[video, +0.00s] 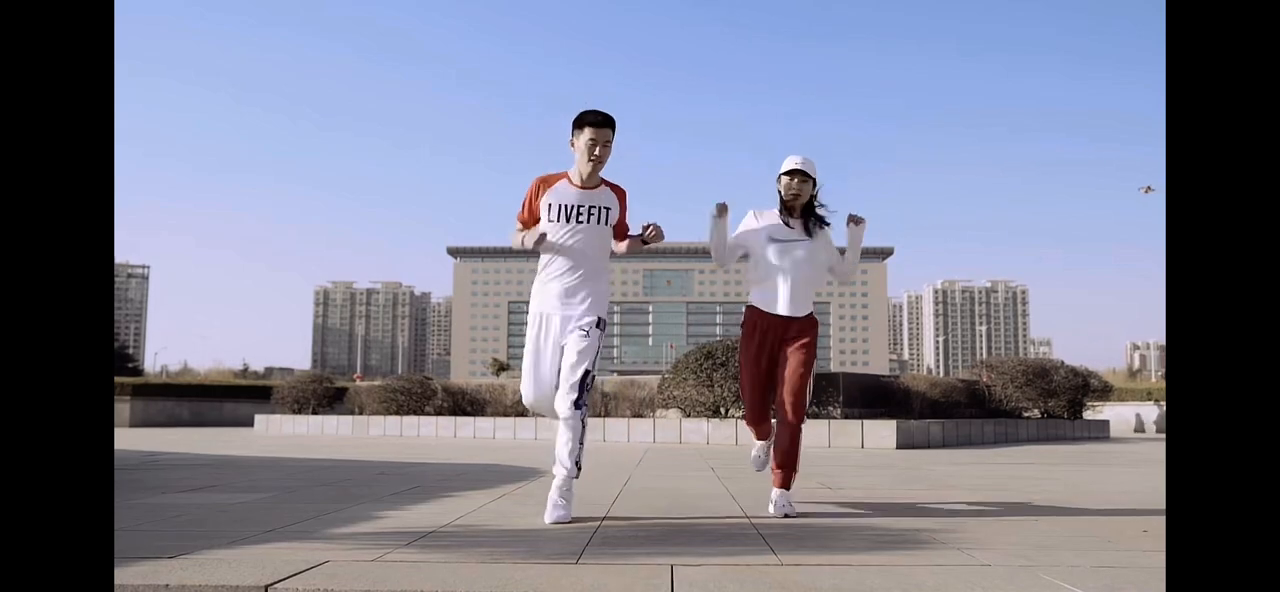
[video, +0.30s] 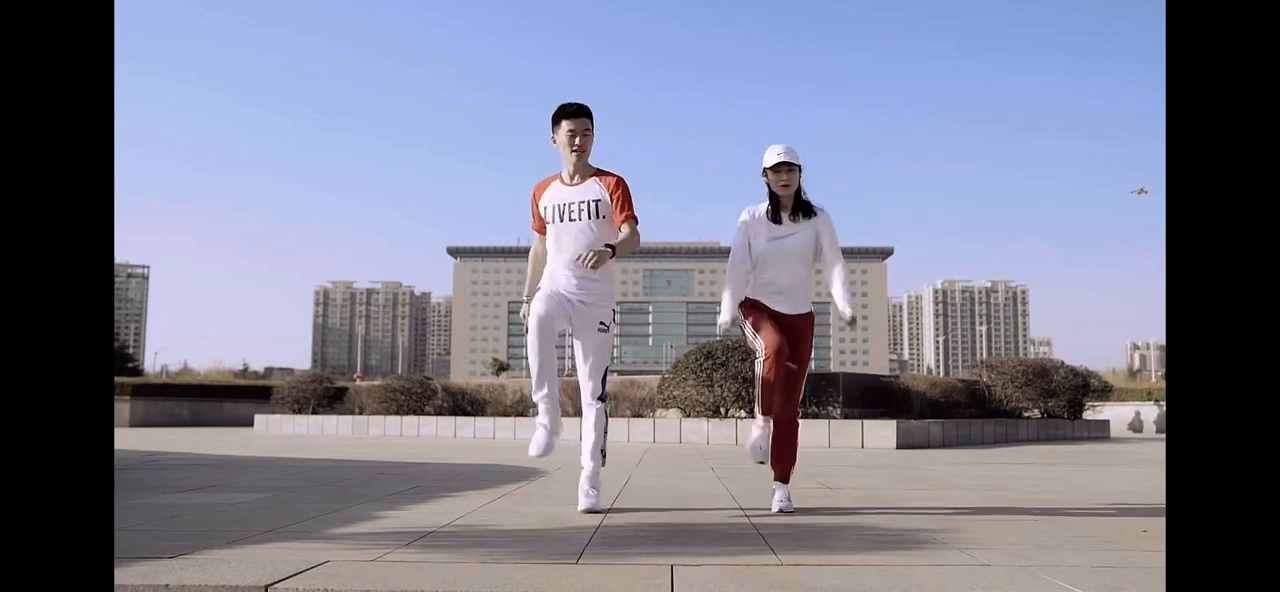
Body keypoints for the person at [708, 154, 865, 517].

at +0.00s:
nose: (794, 185)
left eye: (802, 179)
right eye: (788, 178)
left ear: (813, 188)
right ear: (778, 184)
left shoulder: (819, 232)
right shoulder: (758, 220)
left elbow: (843, 274)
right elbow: (722, 258)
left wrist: (854, 238)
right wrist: (719, 222)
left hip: (801, 325)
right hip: (759, 321)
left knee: (792, 408)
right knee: (754, 407)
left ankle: (781, 490)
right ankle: (764, 438)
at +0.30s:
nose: (785, 175)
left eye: (791, 169)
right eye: (777, 169)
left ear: (800, 173)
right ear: (766, 175)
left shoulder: (818, 218)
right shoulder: (751, 218)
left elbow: (834, 262)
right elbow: (737, 268)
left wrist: (842, 300)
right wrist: (729, 310)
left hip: (799, 314)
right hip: (757, 307)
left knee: (788, 404)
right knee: (774, 344)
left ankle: (782, 485)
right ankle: (764, 420)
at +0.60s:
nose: (782, 188)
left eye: (787, 182)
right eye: (774, 183)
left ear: (795, 190)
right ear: (761, 192)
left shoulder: (818, 233)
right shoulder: (748, 237)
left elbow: (824, 270)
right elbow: (738, 273)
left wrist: (827, 278)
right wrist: (730, 290)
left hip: (802, 335)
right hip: (761, 333)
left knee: (791, 414)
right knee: (770, 403)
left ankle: (781, 482)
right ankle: (777, 486)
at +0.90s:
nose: (785, 181)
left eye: (789, 175)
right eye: (777, 176)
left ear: (796, 179)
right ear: (762, 182)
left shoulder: (811, 221)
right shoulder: (751, 222)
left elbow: (836, 250)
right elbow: (726, 252)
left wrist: (841, 235)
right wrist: (740, 244)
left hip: (804, 307)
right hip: (764, 311)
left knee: (797, 333)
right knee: (770, 406)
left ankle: (802, 409)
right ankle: (775, 485)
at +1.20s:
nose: (776, 179)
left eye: (782, 173)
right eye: (768, 173)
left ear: (791, 178)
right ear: (757, 180)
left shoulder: (812, 216)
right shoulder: (750, 226)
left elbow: (851, 248)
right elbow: (726, 271)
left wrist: (845, 205)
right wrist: (711, 238)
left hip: (804, 316)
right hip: (763, 319)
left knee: (805, 399)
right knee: (771, 406)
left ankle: (815, 440)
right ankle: (784, 495)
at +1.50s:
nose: (788, 181)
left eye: (795, 176)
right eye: (782, 175)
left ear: (805, 181)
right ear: (771, 179)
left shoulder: (820, 221)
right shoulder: (756, 221)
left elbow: (837, 254)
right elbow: (742, 252)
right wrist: (735, 275)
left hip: (810, 311)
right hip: (768, 317)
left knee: (786, 346)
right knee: (777, 403)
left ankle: (795, 432)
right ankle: (792, 489)